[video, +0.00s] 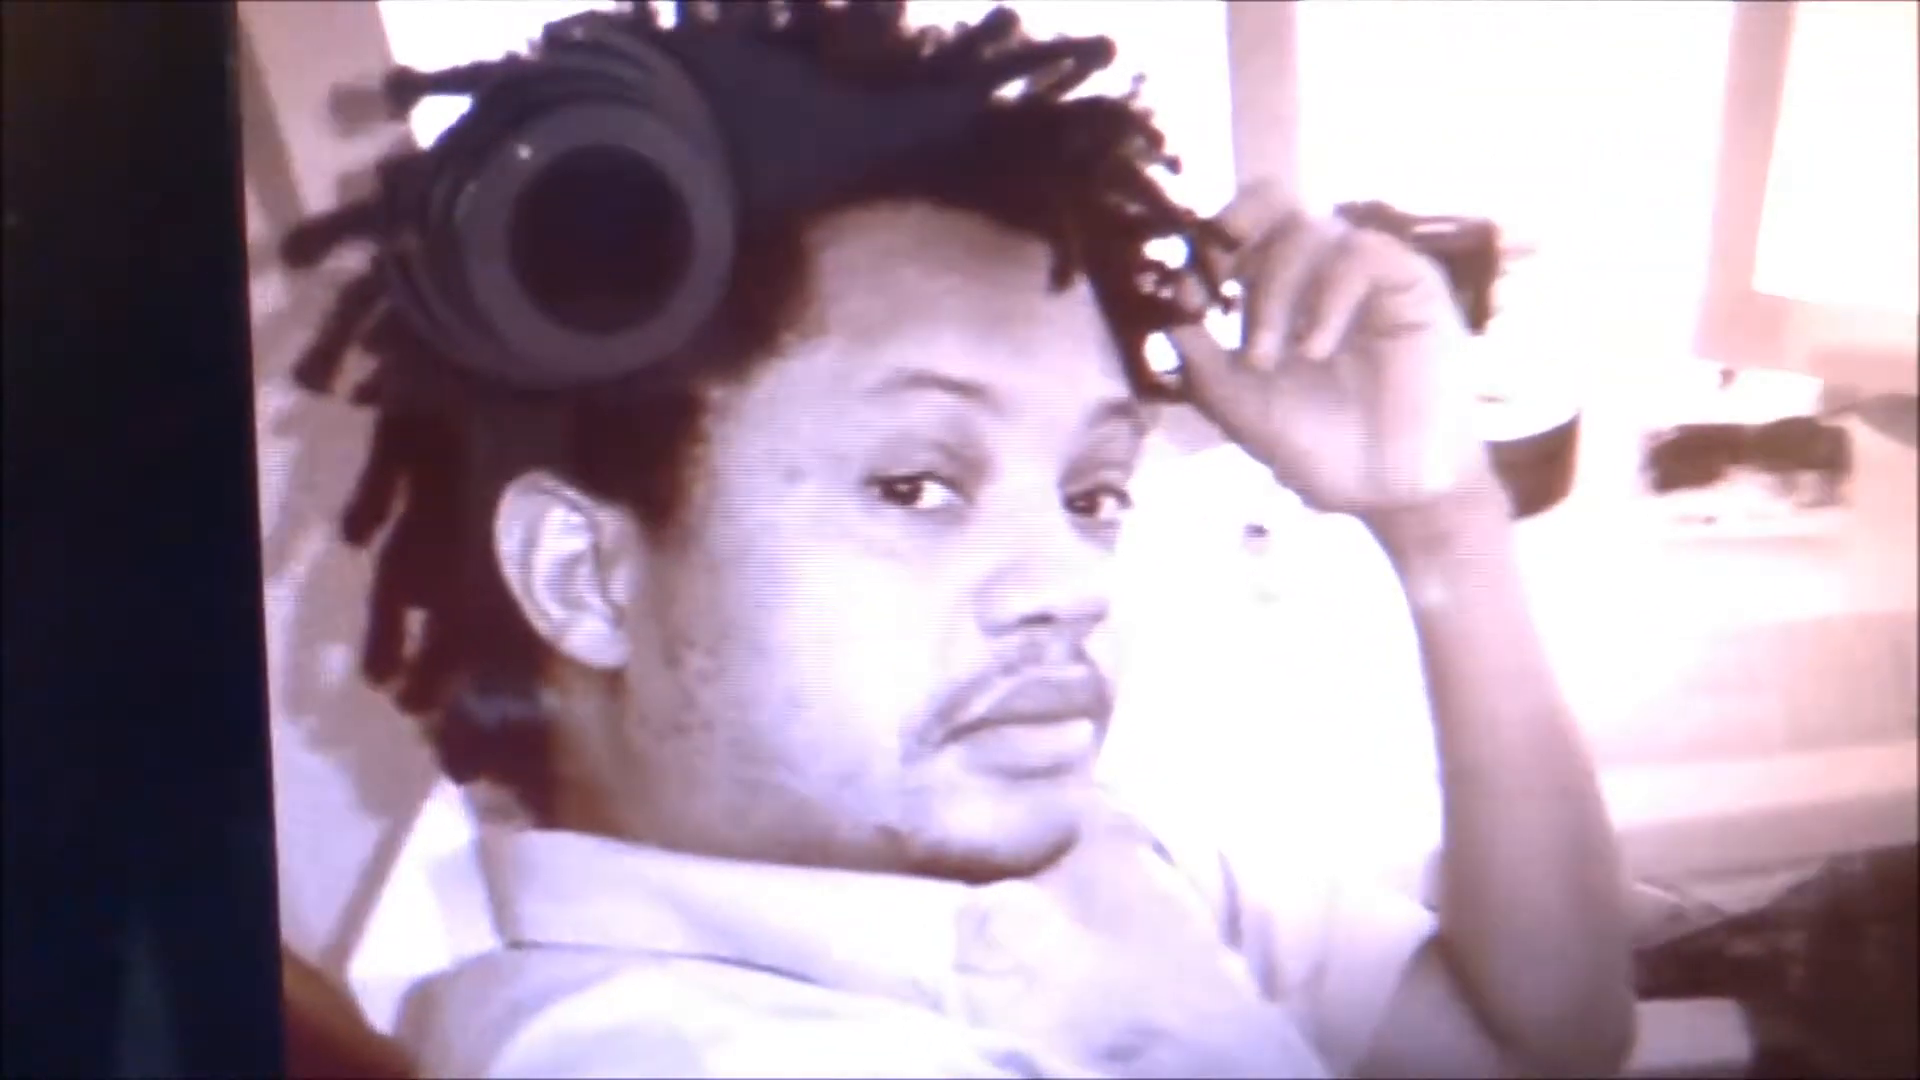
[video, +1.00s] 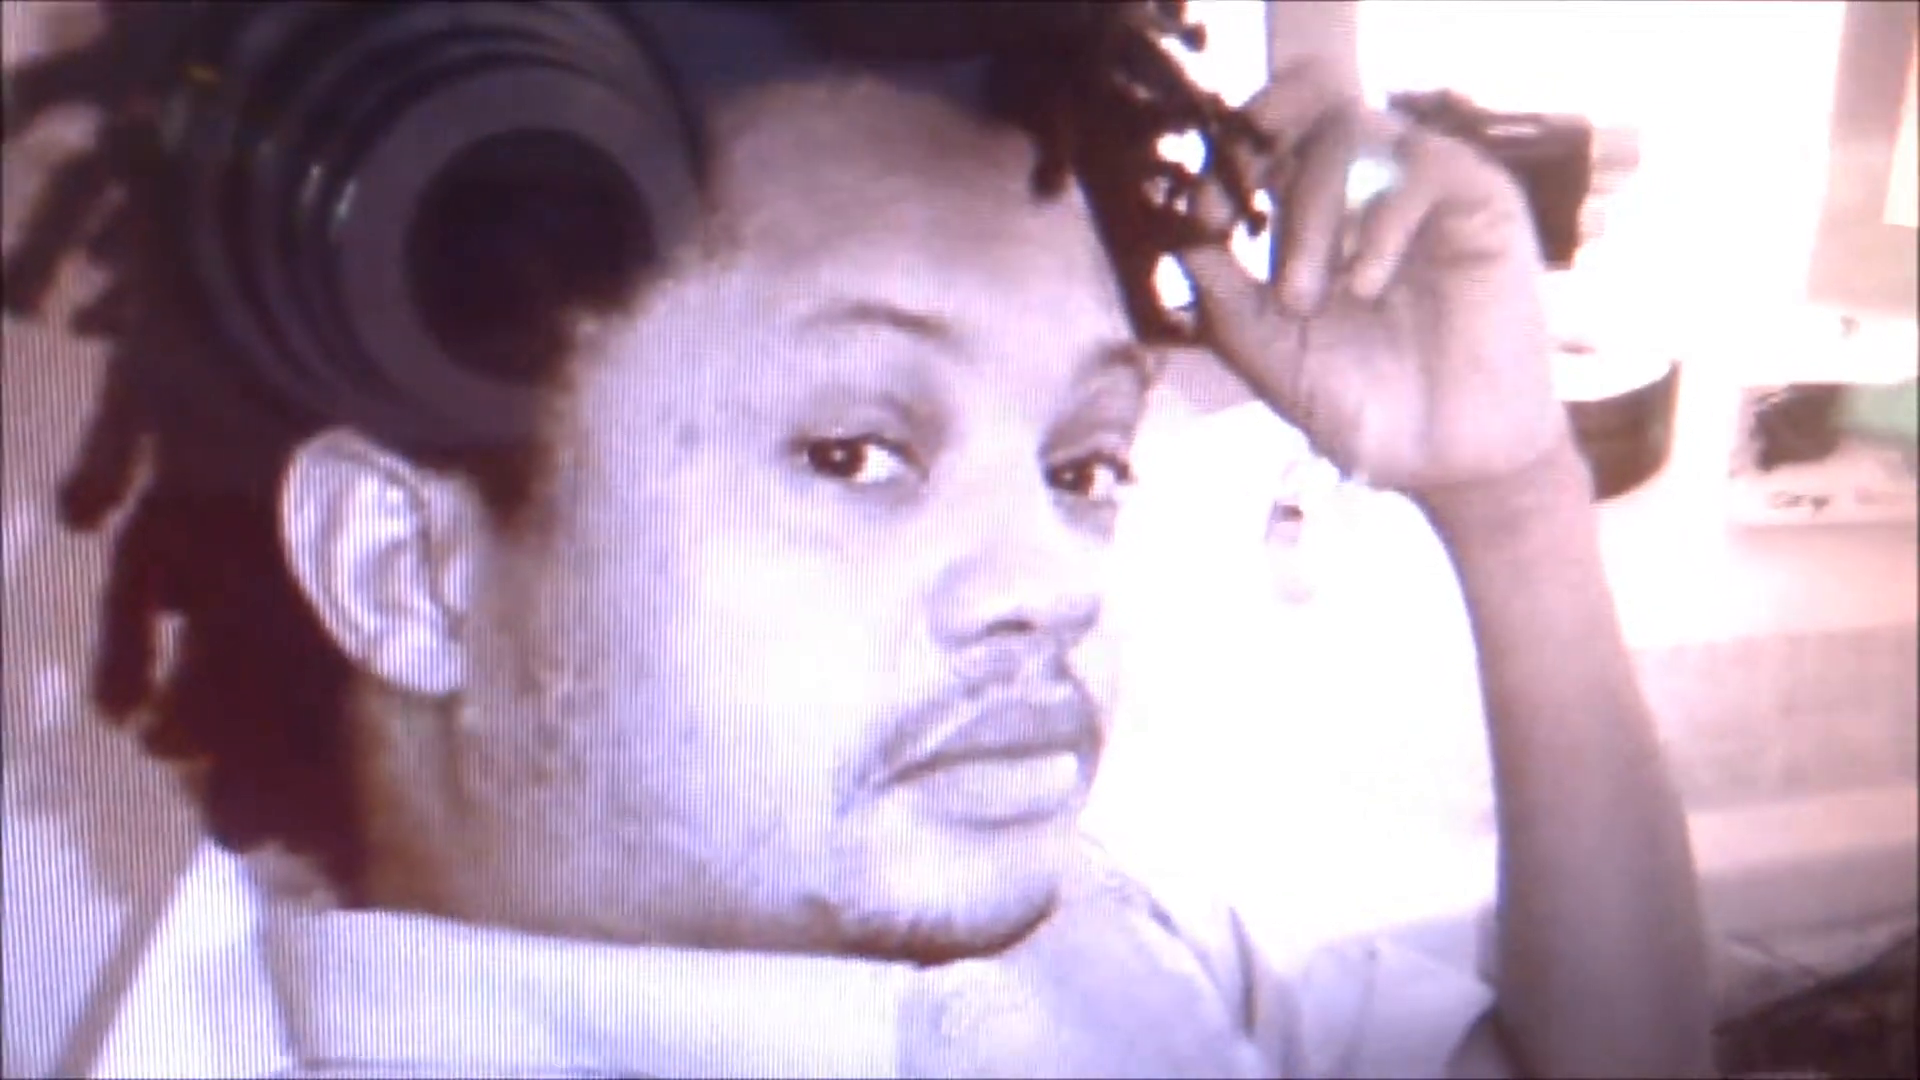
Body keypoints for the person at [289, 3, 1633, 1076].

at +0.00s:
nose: (1074, 588)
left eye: (1094, 497)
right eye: (916, 490)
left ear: (1138, 495)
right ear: (577, 574)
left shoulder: (1118, 880)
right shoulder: (632, 1040)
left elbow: (1545, 1041)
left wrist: (1445, 535)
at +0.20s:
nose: (1203, 625)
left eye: (1228, 526)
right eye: (1045, 513)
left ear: (1273, 534)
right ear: (684, 609)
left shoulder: (1278, 952)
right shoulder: (599, 1038)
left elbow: (1694, 1043)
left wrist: (1601, 547)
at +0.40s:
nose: (1182, 601)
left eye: (1211, 495)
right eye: (1005, 480)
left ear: (1258, 503)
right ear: (598, 584)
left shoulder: (1250, 963)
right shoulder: (463, 1044)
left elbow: (1692, 1048)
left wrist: (1603, 523)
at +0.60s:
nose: (1125, 560)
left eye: (1157, 447)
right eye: (940, 425)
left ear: (1204, 462)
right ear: (505, 536)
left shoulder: (1231, 956)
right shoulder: (250, 981)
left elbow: (1670, 1051)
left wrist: (1574, 479)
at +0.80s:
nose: (1095, 591)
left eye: (1125, 478)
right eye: (896, 461)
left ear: (1174, 487)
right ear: (446, 581)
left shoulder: (1182, 1000)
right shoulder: (227, 1042)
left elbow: (1649, 1052)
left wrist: (1549, 512)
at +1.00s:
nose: (1052, 582)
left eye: (1086, 470)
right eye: (855, 452)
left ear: (1132, 485)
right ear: (399, 571)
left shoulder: (1138, 992)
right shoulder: (100, 978)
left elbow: (1611, 1041)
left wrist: (1511, 506)